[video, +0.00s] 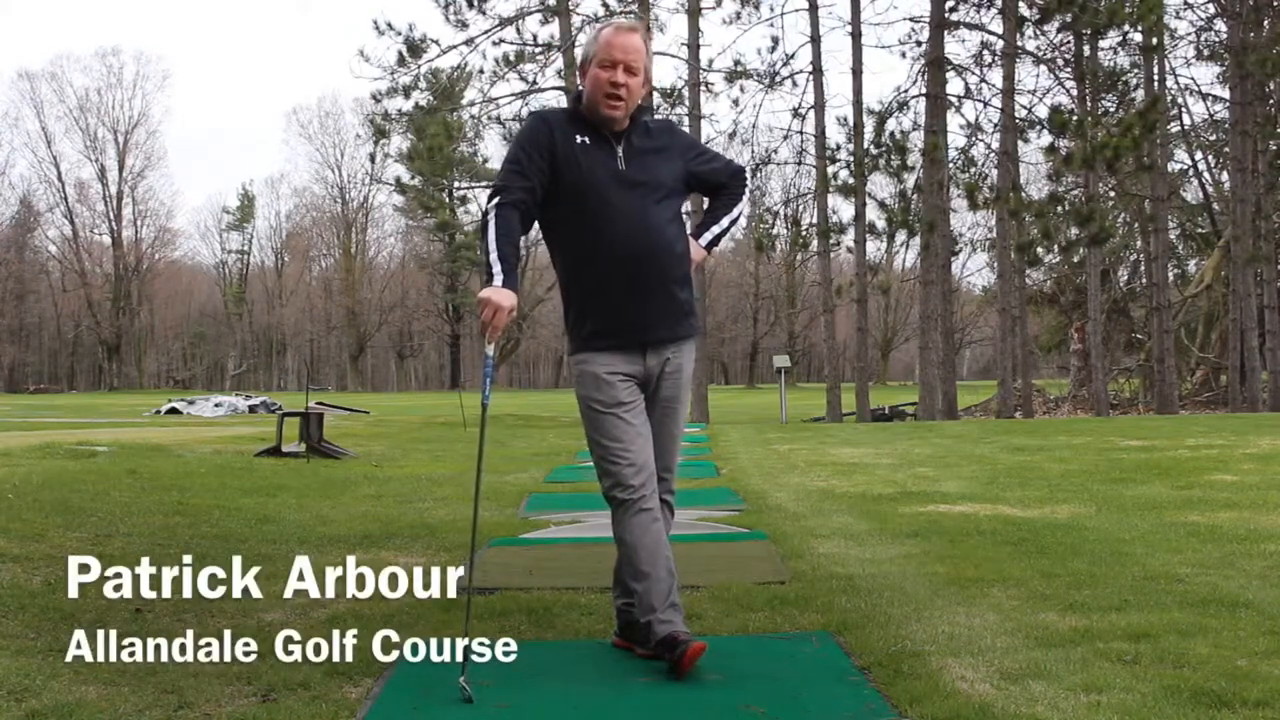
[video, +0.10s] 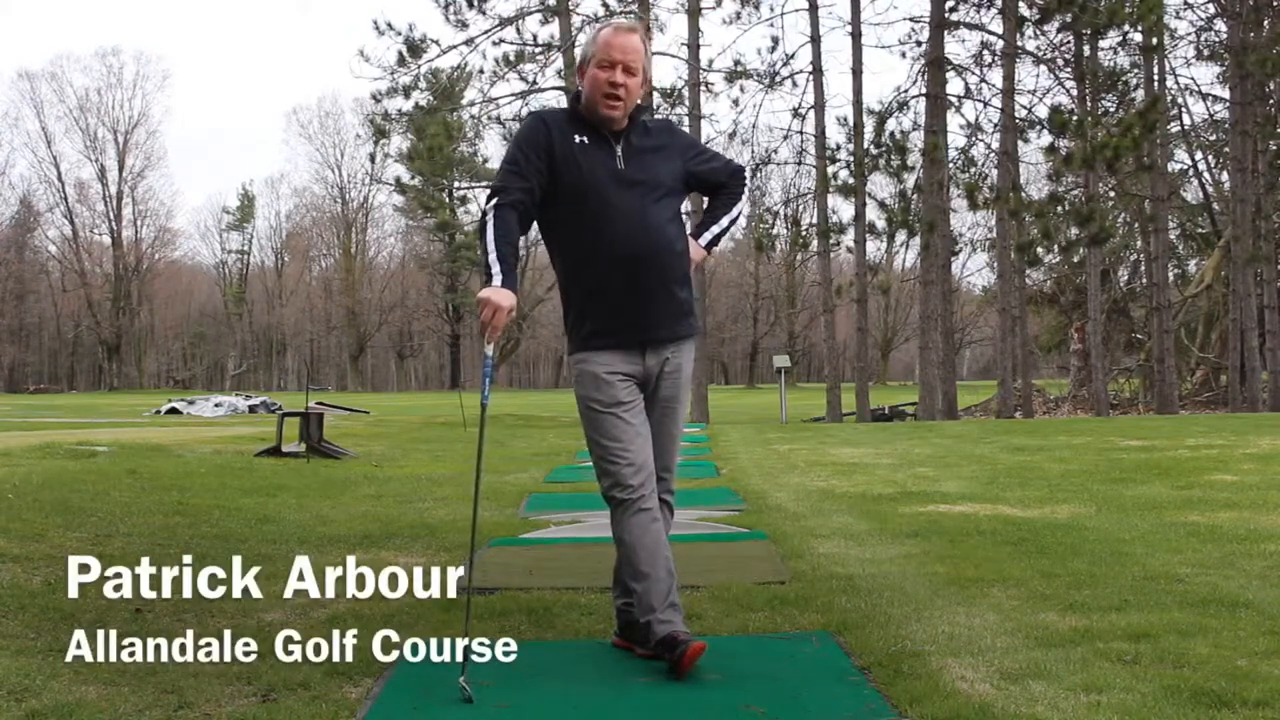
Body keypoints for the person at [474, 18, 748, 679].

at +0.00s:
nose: (617, 80)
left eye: (630, 70)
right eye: (606, 67)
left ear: (646, 82)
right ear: (584, 72)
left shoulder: (669, 141)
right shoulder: (548, 133)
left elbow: (733, 181)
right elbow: (508, 203)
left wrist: (703, 240)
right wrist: (503, 282)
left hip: (674, 339)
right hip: (599, 344)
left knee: (659, 488)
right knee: (634, 486)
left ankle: (634, 619)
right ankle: (669, 631)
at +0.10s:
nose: (616, 80)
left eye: (628, 70)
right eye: (605, 67)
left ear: (644, 81)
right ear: (582, 72)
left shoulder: (668, 140)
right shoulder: (546, 132)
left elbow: (732, 179)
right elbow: (507, 204)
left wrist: (703, 240)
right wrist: (502, 282)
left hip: (674, 338)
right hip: (598, 343)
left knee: (658, 488)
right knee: (633, 486)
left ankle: (633, 619)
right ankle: (669, 631)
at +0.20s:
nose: (614, 78)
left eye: (627, 69)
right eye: (603, 66)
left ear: (642, 82)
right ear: (580, 72)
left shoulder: (667, 139)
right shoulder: (545, 132)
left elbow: (732, 179)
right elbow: (507, 204)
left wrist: (703, 239)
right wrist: (502, 282)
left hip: (673, 338)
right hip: (598, 342)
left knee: (658, 487)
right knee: (633, 486)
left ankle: (634, 618)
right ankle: (668, 631)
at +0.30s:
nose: (612, 78)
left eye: (625, 69)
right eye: (602, 65)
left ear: (641, 81)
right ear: (580, 72)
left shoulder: (667, 140)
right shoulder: (545, 132)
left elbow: (732, 179)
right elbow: (506, 204)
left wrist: (702, 239)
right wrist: (501, 282)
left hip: (672, 338)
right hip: (597, 342)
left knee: (657, 488)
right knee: (632, 486)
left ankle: (634, 618)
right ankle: (668, 631)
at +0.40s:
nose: (612, 77)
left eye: (625, 69)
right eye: (602, 65)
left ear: (641, 81)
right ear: (580, 72)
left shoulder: (666, 140)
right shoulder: (544, 132)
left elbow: (732, 179)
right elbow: (506, 203)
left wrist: (702, 240)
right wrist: (501, 282)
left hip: (672, 339)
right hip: (597, 343)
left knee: (657, 488)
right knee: (631, 486)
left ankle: (634, 618)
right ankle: (668, 631)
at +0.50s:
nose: (613, 78)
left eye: (626, 69)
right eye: (603, 65)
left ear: (641, 82)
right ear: (579, 71)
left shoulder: (666, 139)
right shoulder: (544, 132)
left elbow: (731, 179)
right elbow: (506, 204)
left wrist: (702, 239)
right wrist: (502, 281)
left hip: (672, 339)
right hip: (597, 343)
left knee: (657, 488)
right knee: (631, 485)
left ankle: (633, 619)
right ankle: (667, 631)